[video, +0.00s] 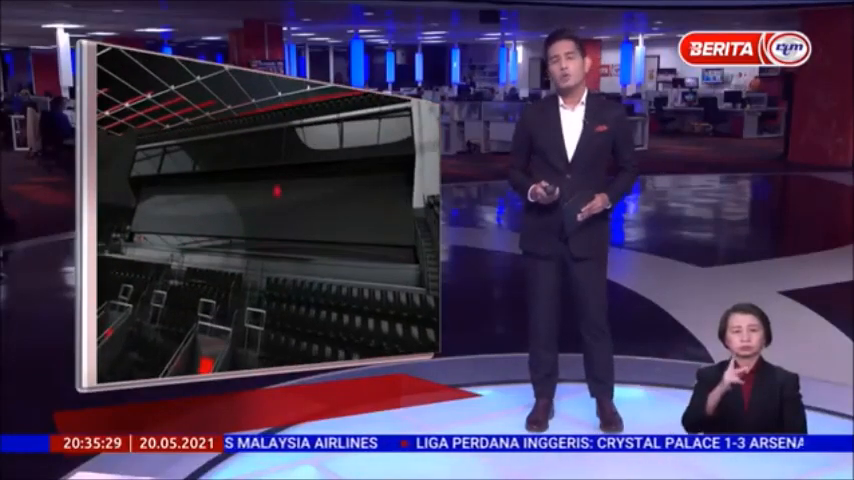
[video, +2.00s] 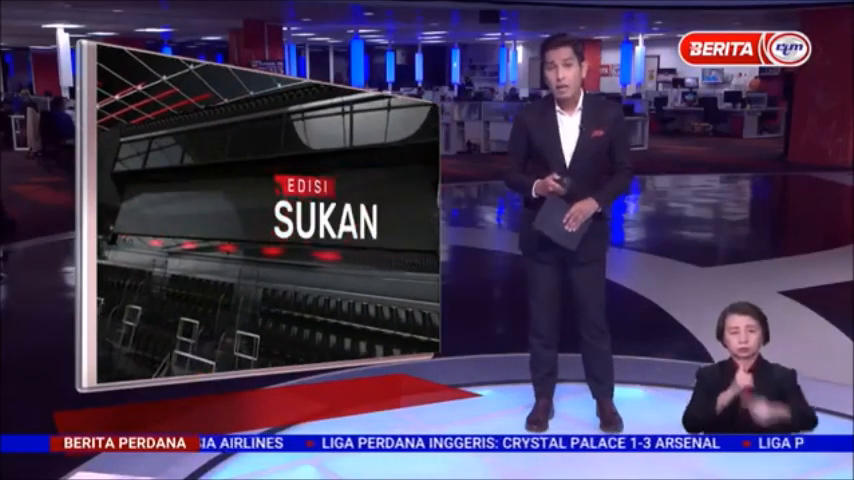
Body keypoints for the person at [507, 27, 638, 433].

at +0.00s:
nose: (562, 66)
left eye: (569, 57)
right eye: (554, 60)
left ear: (585, 63)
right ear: (547, 69)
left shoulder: (610, 110)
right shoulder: (533, 113)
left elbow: (629, 167)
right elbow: (516, 168)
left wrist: (608, 197)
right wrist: (530, 188)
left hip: (588, 231)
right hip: (542, 231)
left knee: (594, 318)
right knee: (542, 318)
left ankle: (604, 400)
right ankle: (542, 398)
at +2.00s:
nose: (559, 74)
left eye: (567, 65)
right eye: (551, 67)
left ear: (582, 69)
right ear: (544, 74)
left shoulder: (607, 112)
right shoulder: (529, 116)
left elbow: (623, 173)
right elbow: (511, 172)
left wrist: (595, 201)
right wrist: (535, 186)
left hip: (589, 230)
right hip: (541, 230)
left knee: (592, 320)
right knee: (543, 321)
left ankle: (605, 401)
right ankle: (542, 401)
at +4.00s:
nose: (559, 73)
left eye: (568, 65)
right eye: (553, 65)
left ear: (584, 70)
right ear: (545, 73)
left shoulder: (607, 112)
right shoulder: (531, 115)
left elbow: (627, 171)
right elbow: (514, 171)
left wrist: (601, 201)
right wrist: (532, 184)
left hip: (590, 232)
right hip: (542, 233)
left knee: (593, 321)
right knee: (543, 321)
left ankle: (605, 401)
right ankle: (542, 400)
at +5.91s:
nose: (573, 72)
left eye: (581, 64)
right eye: (565, 63)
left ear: (590, 71)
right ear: (550, 68)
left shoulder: (605, 114)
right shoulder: (529, 115)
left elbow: (620, 172)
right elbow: (507, 170)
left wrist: (598, 202)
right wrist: (538, 192)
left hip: (589, 230)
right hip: (541, 229)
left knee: (594, 320)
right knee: (543, 320)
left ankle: (604, 400)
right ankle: (542, 400)